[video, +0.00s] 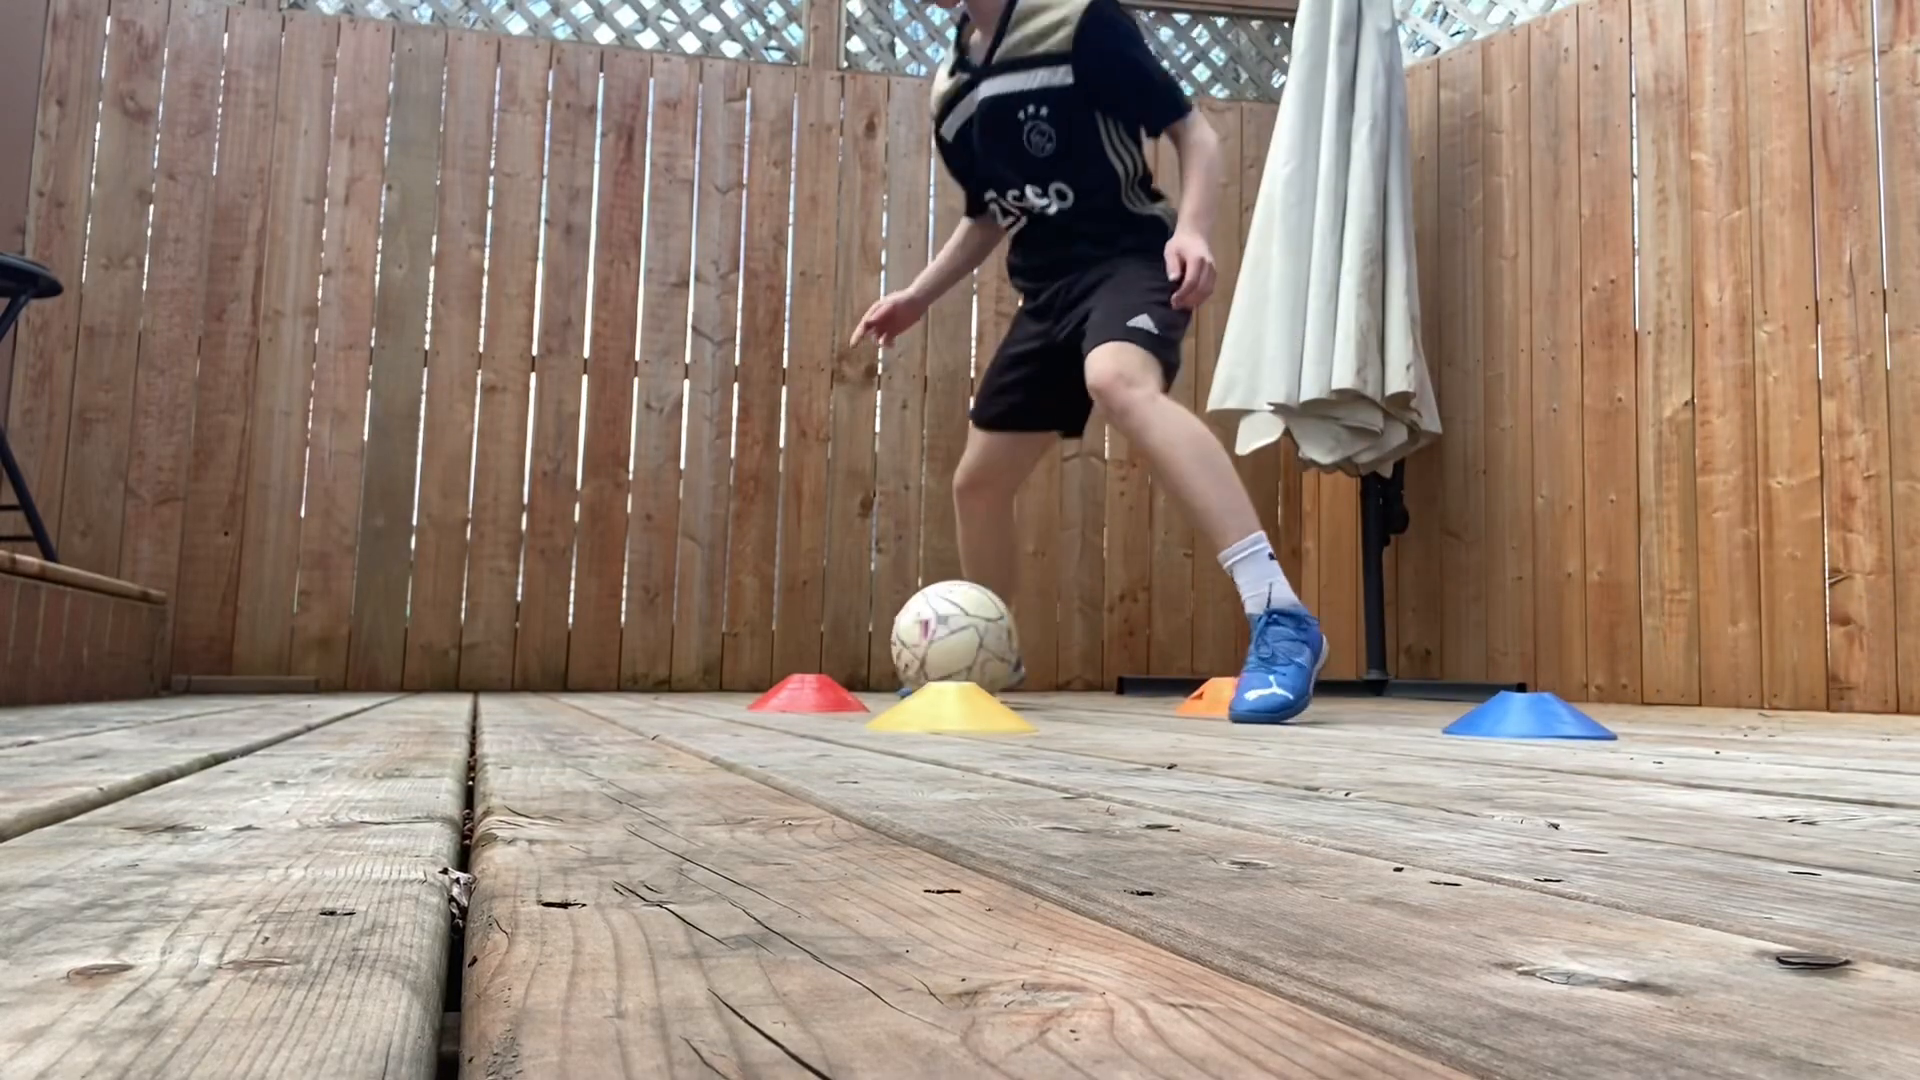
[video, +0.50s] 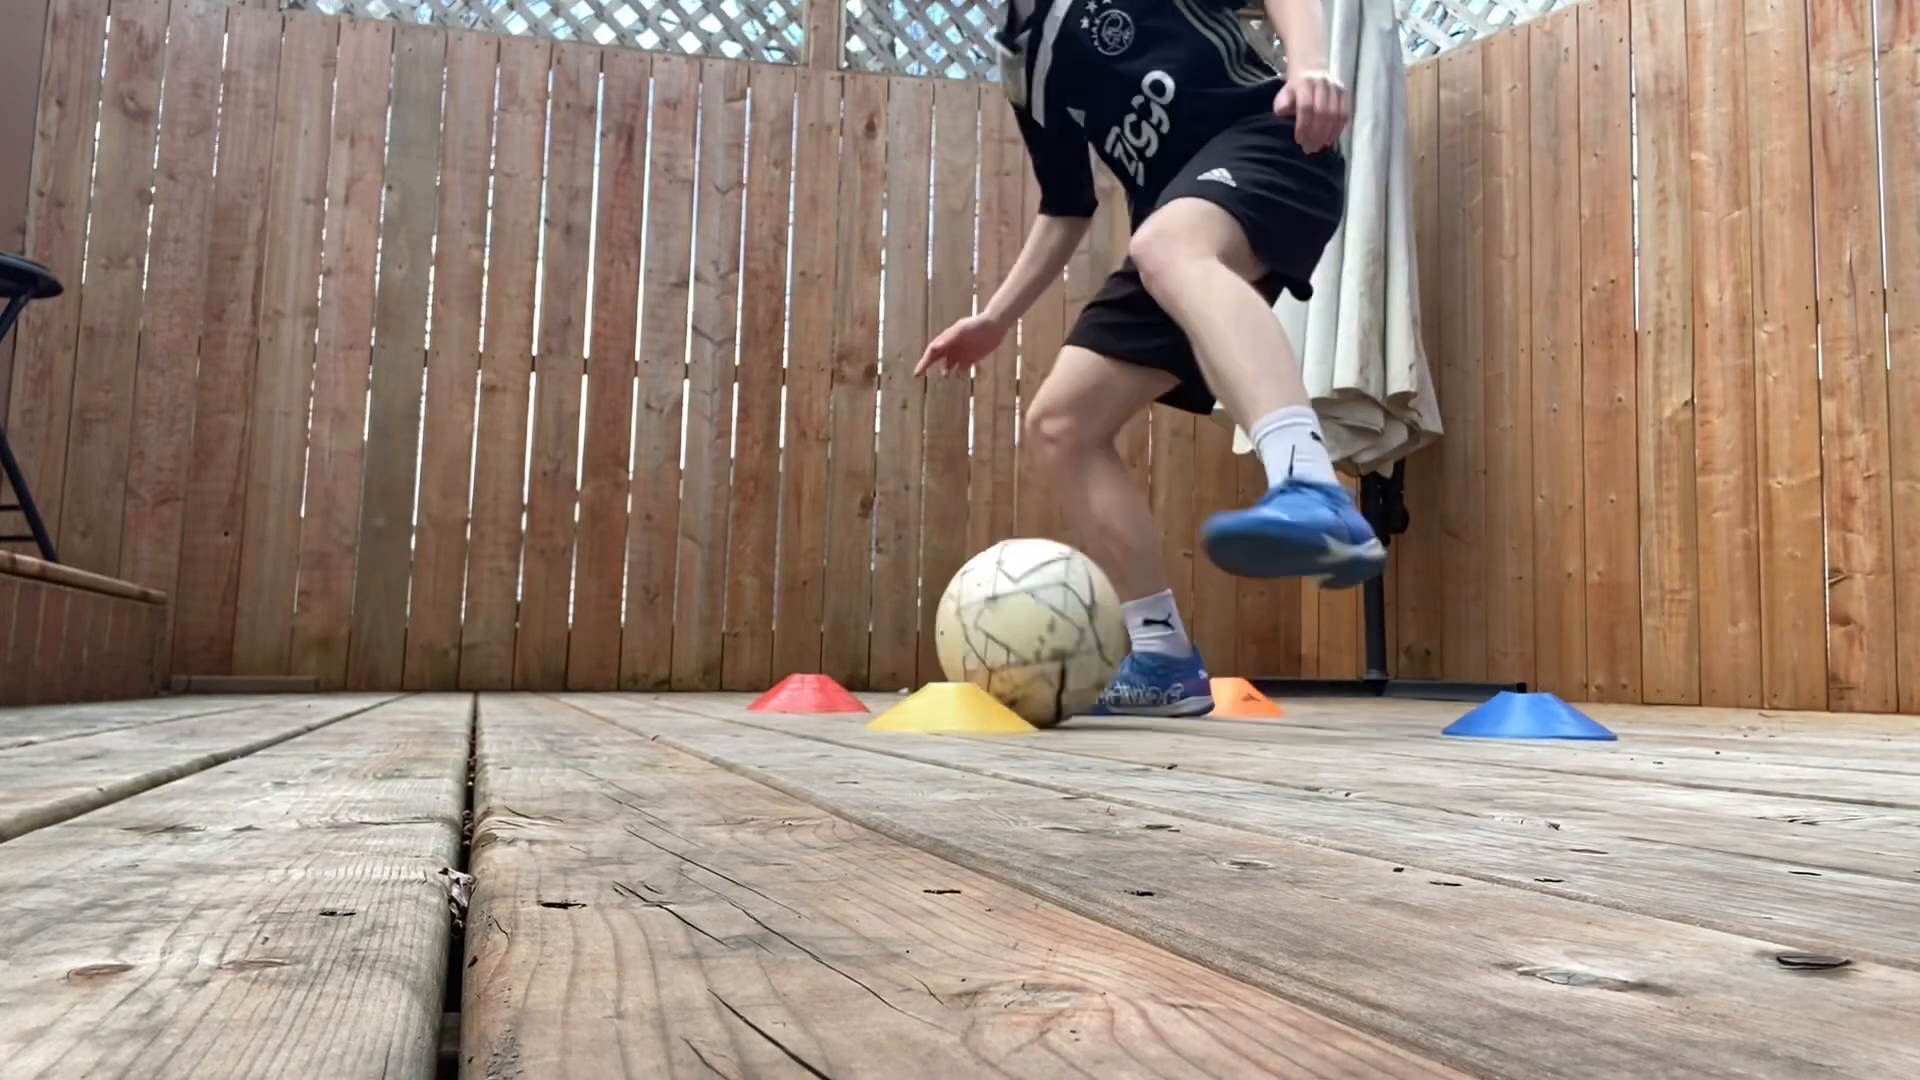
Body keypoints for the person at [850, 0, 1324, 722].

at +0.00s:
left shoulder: (1083, 22)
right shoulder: (952, 93)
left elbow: (1195, 134)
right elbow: (989, 213)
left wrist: (1193, 228)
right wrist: (919, 295)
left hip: (1134, 259)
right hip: (1047, 292)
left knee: (1117, 379)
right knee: (978, 483)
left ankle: (1279, 617)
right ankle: (989, 674)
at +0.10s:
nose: (917, 3)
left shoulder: (1095, 35)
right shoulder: (952, 95)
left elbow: (1191, 172)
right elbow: (963, 243)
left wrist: (1183, 257)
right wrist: (903, 332)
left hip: (1129, 286)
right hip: (1036, 319)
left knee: (1098, 396)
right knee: (967, 495)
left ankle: (1227, 641)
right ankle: (989, 664)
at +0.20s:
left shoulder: (1122, 7)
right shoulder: (979, 74)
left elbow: (1236, 78)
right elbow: (1002, 198)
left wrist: (1208, 190)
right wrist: (951, 298)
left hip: (1162, 235)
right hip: (1066, 273)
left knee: (1138, 379)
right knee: (991, 441)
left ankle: (1234, 645)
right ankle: (957, 664)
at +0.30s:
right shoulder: (1001, 31)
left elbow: (1263, 1)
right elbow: (1034, 164)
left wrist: (1265, 94)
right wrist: (980, 280)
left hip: (1212, 175)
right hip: (1117, 220)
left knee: (1149, 341)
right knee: (1010, 400)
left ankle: (1237, 624)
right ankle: (965, 628)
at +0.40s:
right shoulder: (1023, 40)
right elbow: (1054, 166)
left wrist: (1303, 68)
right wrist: (988, 279)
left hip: (1241, 122)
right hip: (1147, 192)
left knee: (1152, 261)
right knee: (1031, 390)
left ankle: (1285, 553)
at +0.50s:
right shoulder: (1029, 65)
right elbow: (1067, 206)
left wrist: (1309, 62)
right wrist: (996, 317)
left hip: (1268, 131)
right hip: (1168, 215)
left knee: (1170, 245)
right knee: (1062, 426)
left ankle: (1312, 488)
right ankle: (1166, 660)